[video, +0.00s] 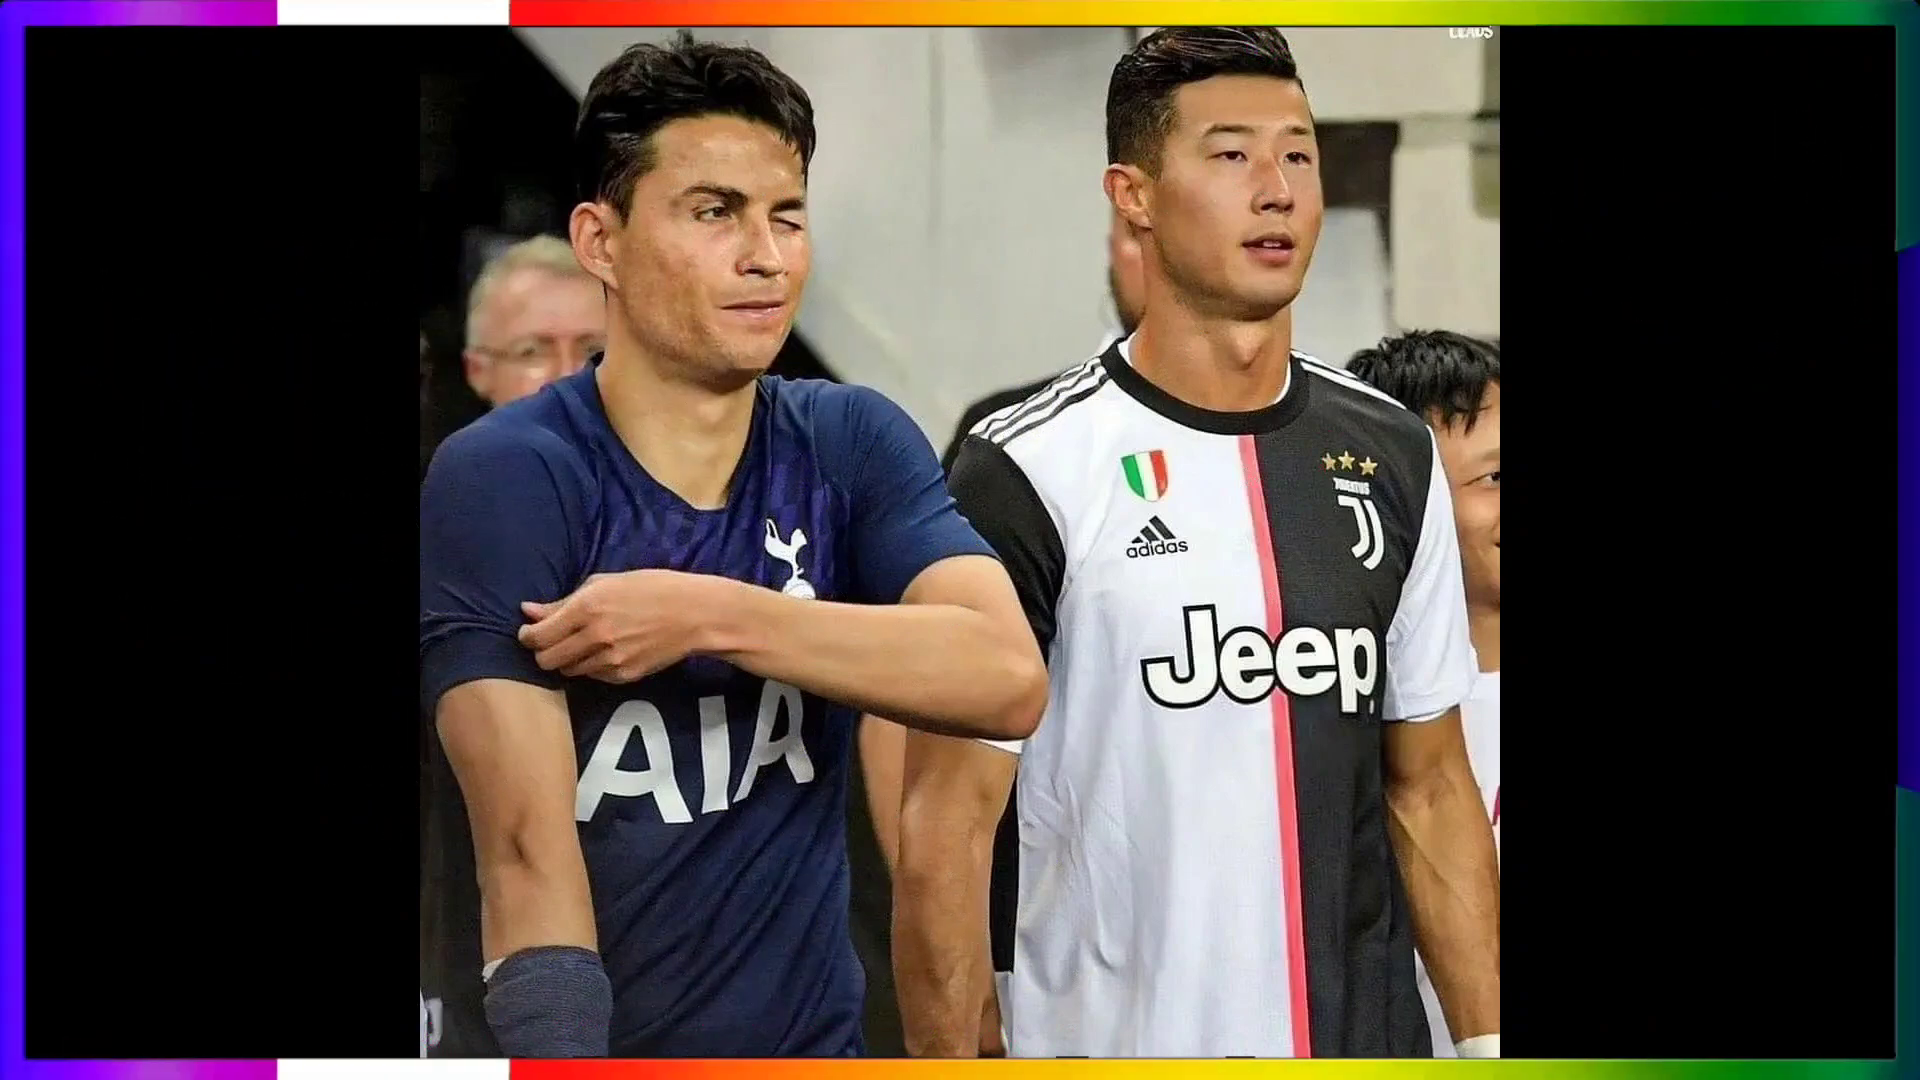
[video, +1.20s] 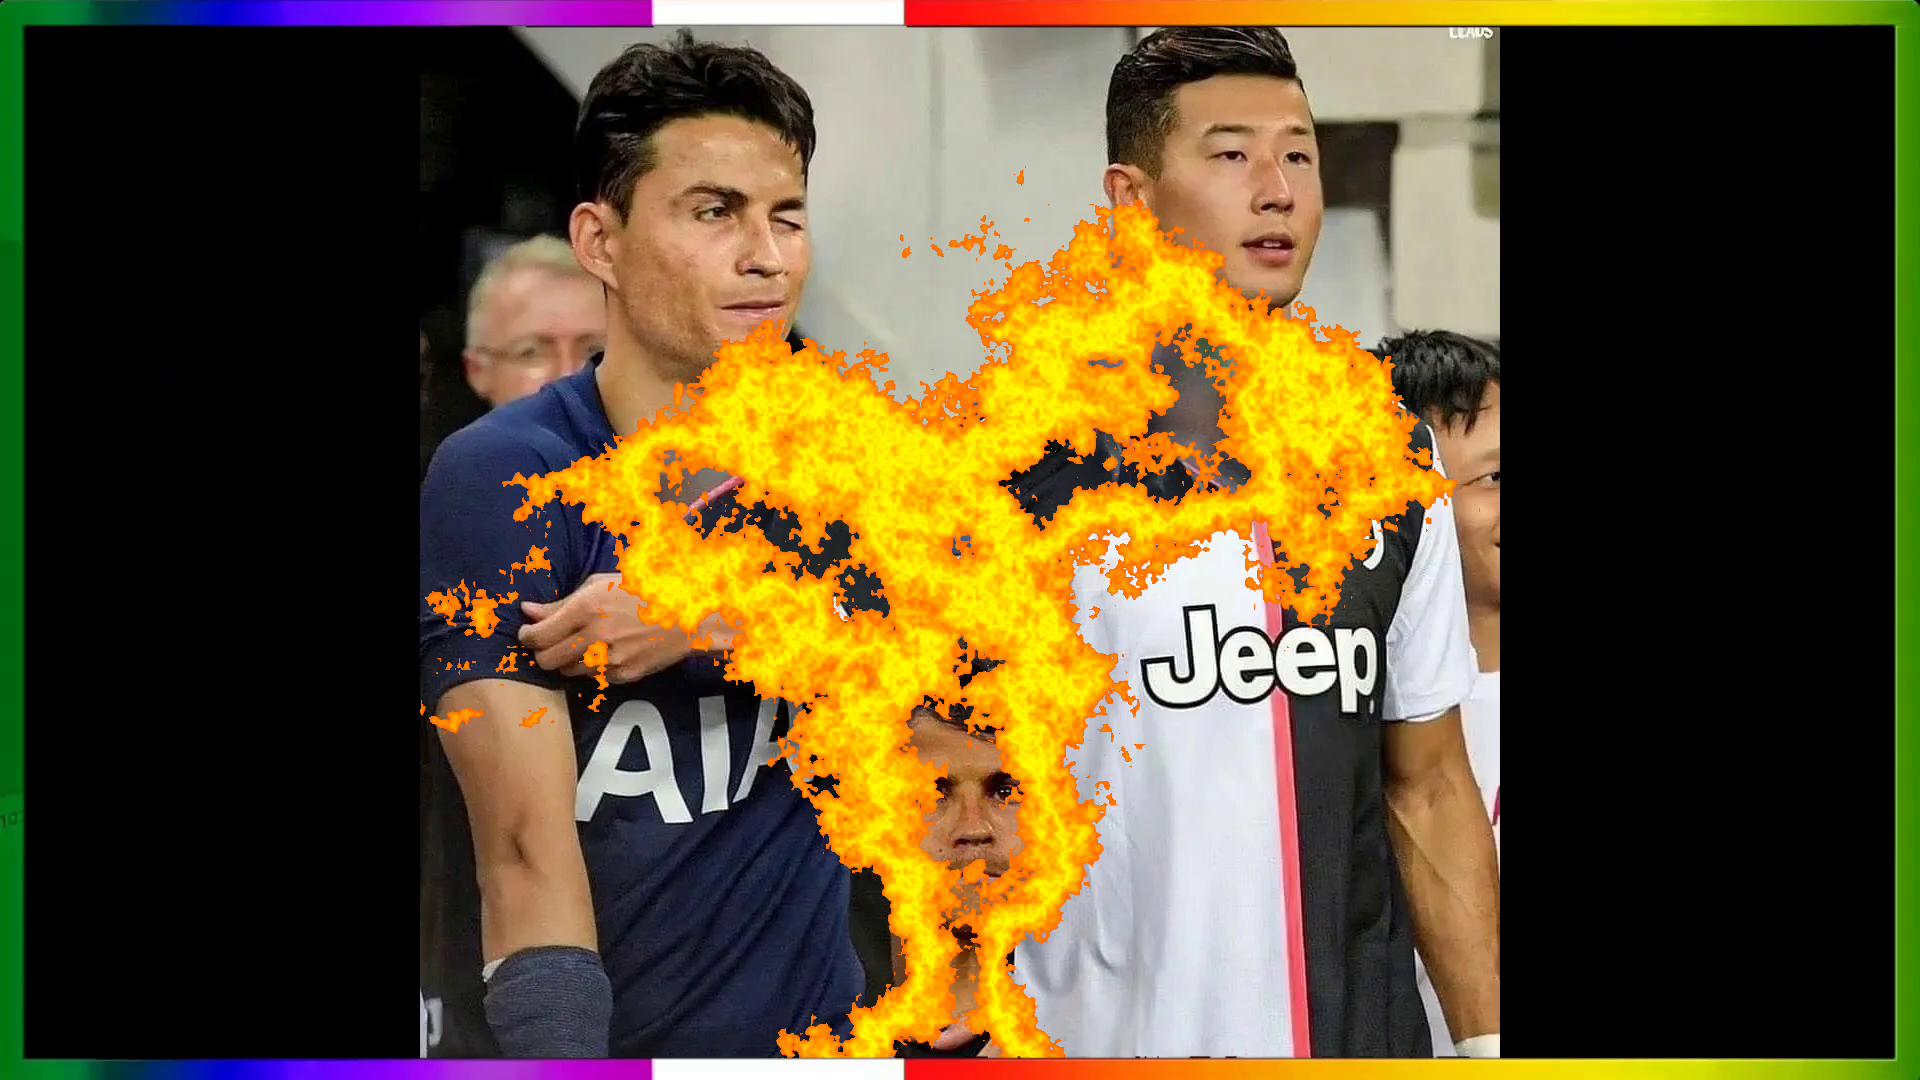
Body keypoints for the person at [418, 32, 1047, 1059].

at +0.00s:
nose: (765, 257)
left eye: (785, 217)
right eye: (712, 212)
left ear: (809, 235)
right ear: (601, 242)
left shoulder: (856, 439)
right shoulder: (500, 476)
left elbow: (1009, 681)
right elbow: (525, 850)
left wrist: (714, 613)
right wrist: (559, 1059)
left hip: (810, 1040)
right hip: (600, 1037)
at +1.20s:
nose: (767, 260)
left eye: (787, 219)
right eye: (715, 212)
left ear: (811, 236)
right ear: (600, 241)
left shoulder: (846, 453)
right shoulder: (497, 475)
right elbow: (524, 855)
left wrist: (708, 619)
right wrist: (560, 1060)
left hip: (813, 1037)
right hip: (602, 1037)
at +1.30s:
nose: (766, 259)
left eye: (788, 220)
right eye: (714, 212)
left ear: (811, 238)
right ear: (600, 241)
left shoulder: (857, 453)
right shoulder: (492, 477)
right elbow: (524, 845)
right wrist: (560, 1053)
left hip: (841, 1030)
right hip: (614, 1034)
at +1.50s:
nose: (766, 257)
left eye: (787, 218)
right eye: (714, 211)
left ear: (809, 234)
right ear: (598, 239)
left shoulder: (830, 461)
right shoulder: (497, 478)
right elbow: (527, 856)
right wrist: (571, 1047)